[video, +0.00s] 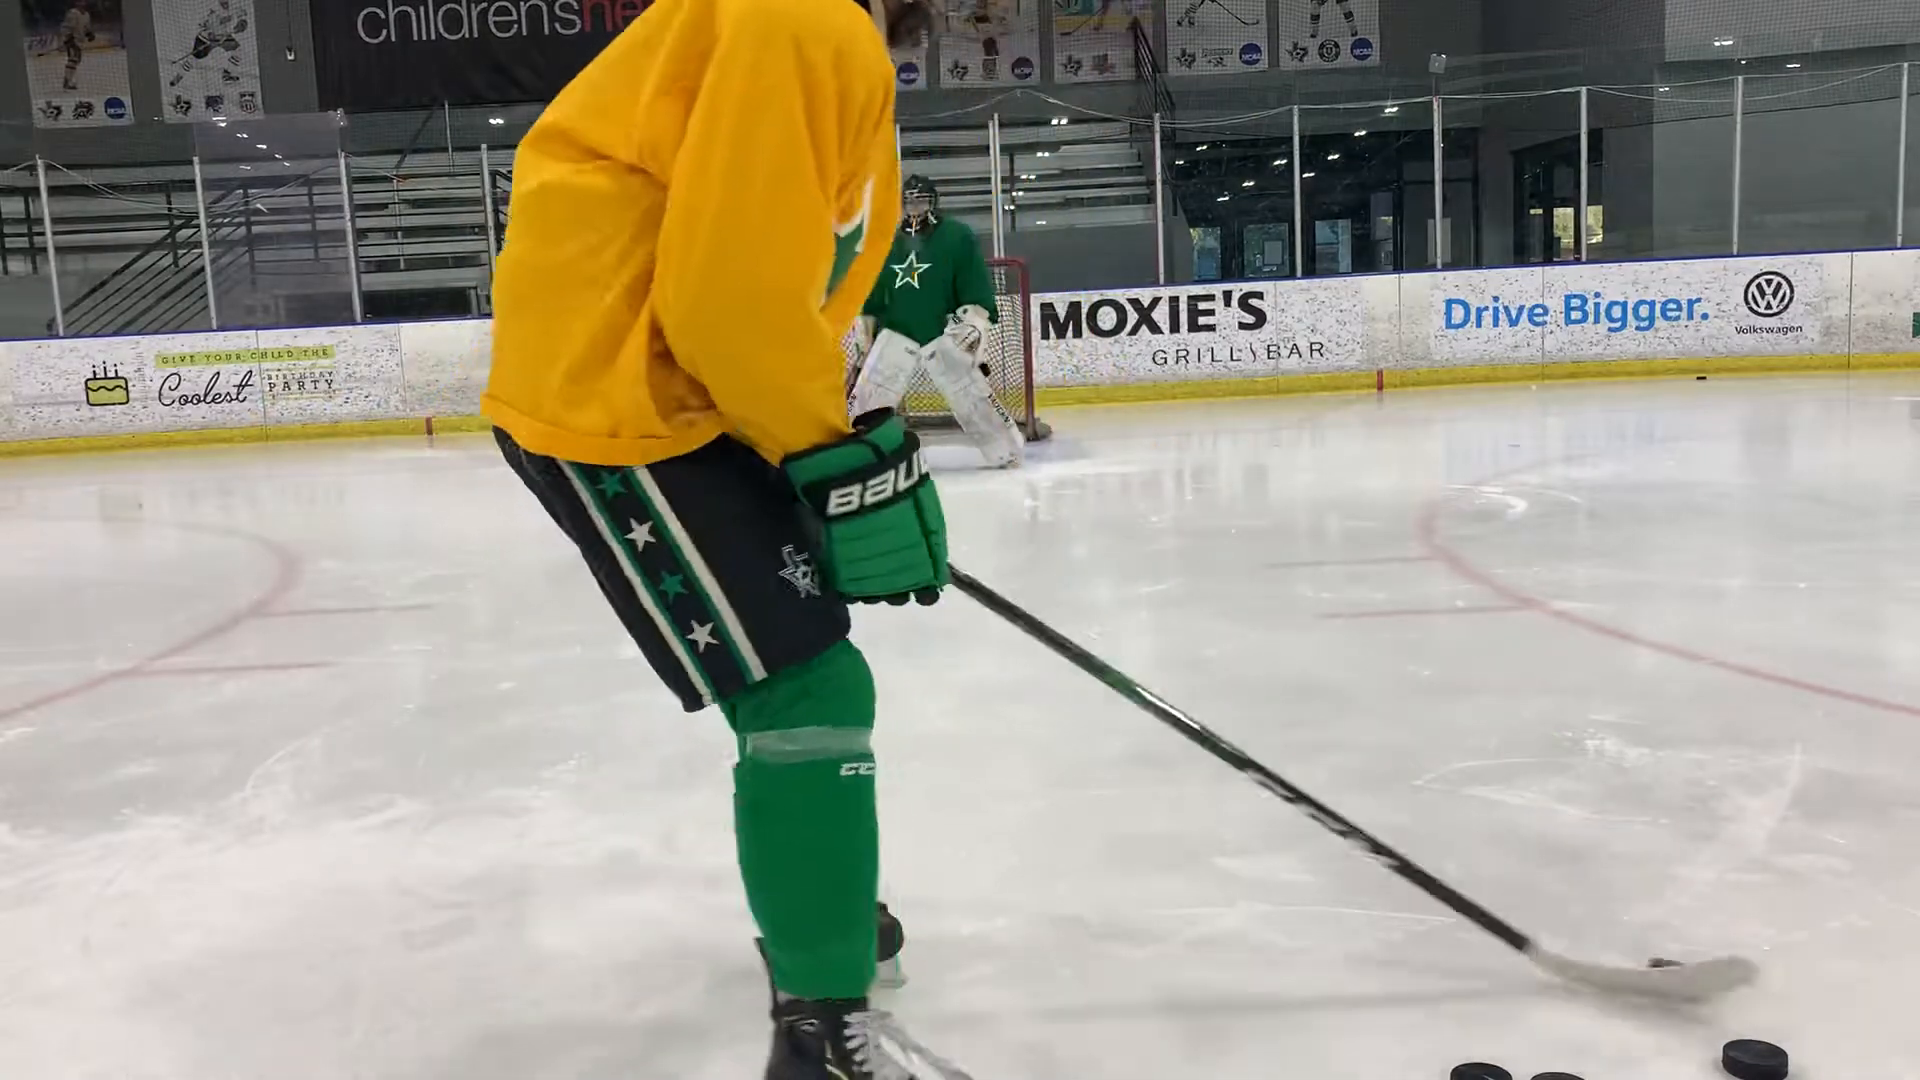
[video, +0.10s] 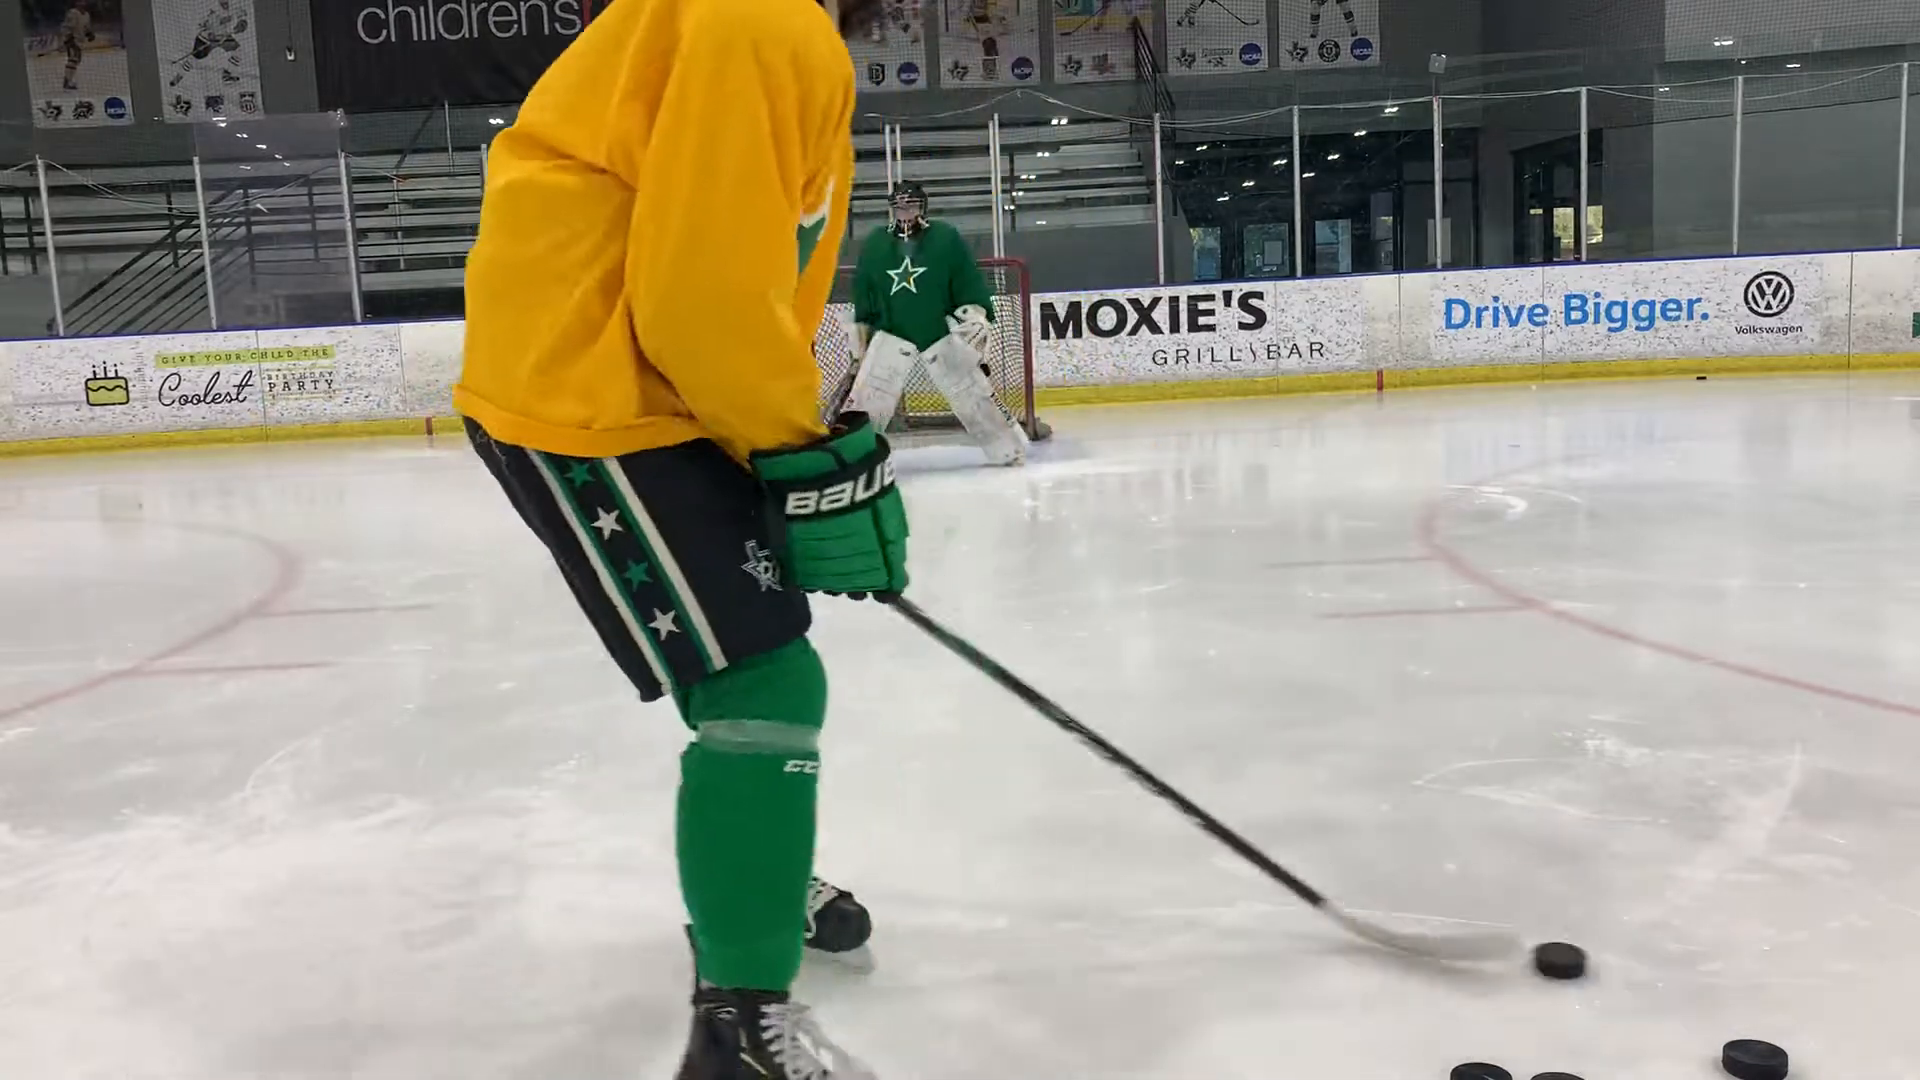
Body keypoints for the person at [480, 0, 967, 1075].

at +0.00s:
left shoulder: (824, 34)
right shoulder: (798, 28)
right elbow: (729, 288)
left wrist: (882, 276)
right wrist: (849, 470)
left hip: (665, 388)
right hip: (613, 400)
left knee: (799, 671)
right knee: (808, 692)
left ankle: (817, 921)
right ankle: (820, 1026)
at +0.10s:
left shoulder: (762, 25)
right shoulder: (759, 28)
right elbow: (703, 294)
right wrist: (812, 467)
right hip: (582, 393)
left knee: (759, 666)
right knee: (763, 687)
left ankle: (754, 898)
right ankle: (742, 1022)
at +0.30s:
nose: (793, 14)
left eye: (797, 9)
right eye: (791, 2)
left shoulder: (624, 30)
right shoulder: (686, 63)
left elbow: (634, 295)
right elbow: (643, 320)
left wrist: (706, 464)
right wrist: (709, 495)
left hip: (448, 382)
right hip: (492, 403)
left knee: (602, 662)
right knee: (651, 701)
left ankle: (606, 871)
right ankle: (590, 1020)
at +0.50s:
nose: (687, 29)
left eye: (706, 24)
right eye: (694, 4)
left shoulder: (450, 24)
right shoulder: (590, 109)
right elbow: (545, 370)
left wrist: (537, 484)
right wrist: (580, 524)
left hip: (262, 386)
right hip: (368, 408)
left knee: (398, 663)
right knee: (535, 723)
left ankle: (363, 897)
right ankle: (501, 1041)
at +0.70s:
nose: (551, 28)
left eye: (564, 22)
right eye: (555, 11)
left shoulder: (274, 21)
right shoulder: (468, 113)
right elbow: (420, 391)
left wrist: (372, 475)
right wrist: (455, 531)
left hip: (69, 386)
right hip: (216, 415)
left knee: (212, 702)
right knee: (396, 750)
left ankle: (181, 956)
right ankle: (377, 1061)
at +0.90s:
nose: (422, 16)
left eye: (437, 9)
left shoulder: (105, 15)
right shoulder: (320, 105)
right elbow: (282, 403)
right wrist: (367, 525)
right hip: (72, 428)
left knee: (48, 731)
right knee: (230, 783)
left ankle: (25, 995)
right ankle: (206, 1067)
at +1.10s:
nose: (278, 13)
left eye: (279, 14)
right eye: (282, 8)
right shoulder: (177, 96)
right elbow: (128, 430)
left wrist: (215, 548)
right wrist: (234, 564)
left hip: (13, 467)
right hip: (1, 470)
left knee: (64, 797)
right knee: (79, 805)